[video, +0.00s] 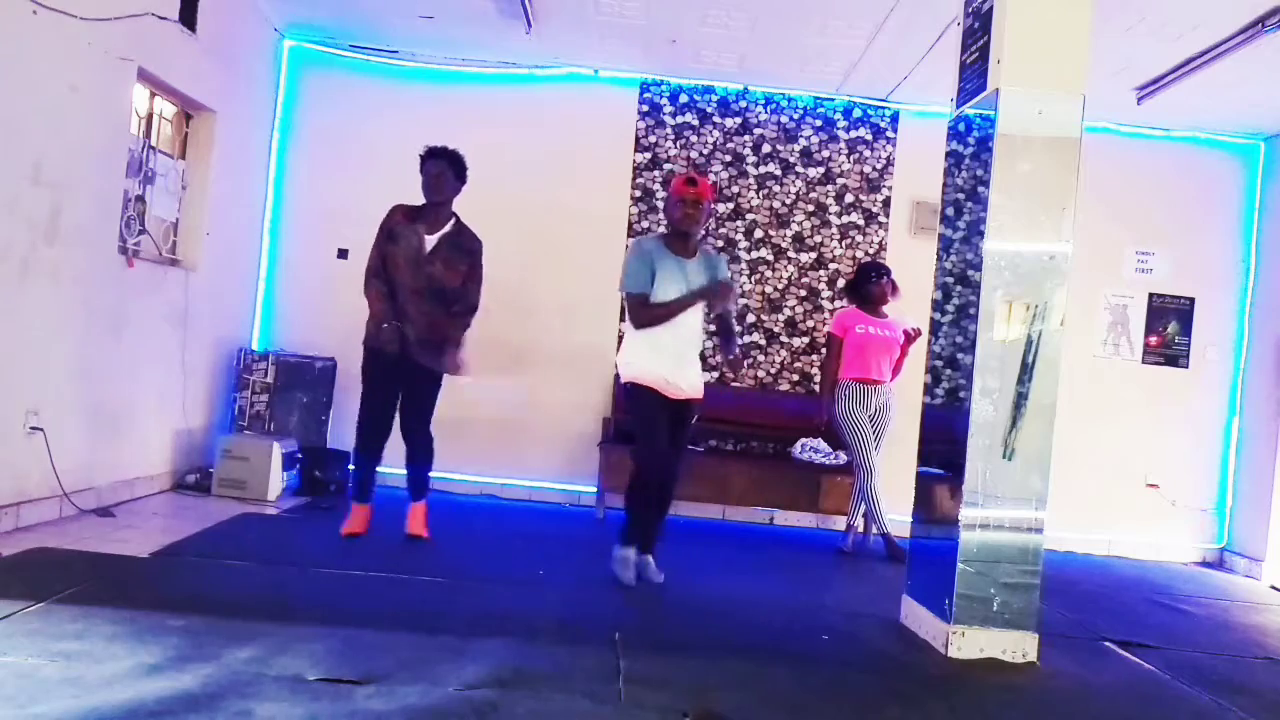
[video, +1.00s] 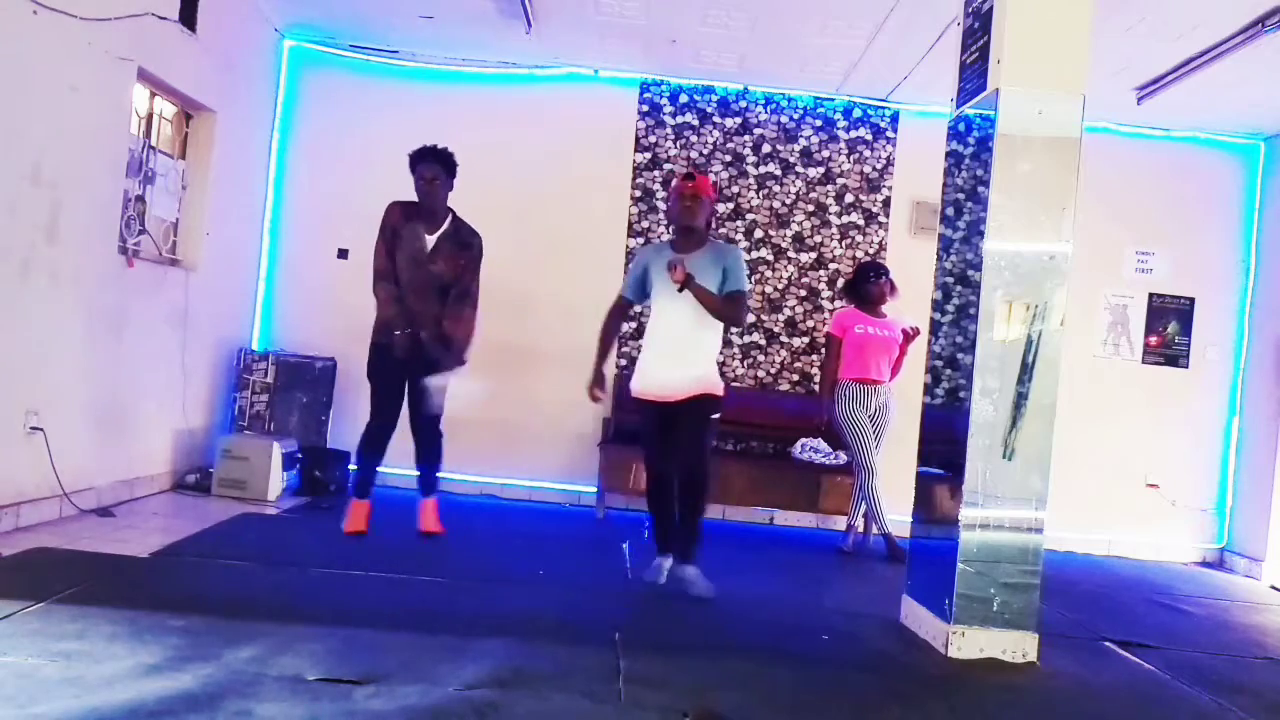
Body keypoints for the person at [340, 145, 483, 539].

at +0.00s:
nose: (431, 182)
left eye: (440, 176)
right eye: (427, 175)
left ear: (459, 183)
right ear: (420, 178)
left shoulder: (468, 243)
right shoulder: (398, 219)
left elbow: (468, 302)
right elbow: (374, 274)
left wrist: (445, 341)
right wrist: (384, 320)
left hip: (428, 353)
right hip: (384, 344)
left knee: (416, 430)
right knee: (371, 425)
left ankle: (418, 507)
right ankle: (361, 506)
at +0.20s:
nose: (421, 181)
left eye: (430, 174)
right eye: (416, 174)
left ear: (448, 181)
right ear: (411, 179)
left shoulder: (464, 237)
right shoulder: (400, 225)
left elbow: (460, 300)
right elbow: (373, 275)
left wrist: (445, 346)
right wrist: (379, 317)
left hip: (427, 353)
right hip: (386, 343)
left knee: (412, 428)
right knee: (359, 415)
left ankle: (410, 505)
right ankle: (380, 492)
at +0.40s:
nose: (416, 181)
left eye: (425, 174)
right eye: (411, 173)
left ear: (442, 180)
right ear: (405, 177)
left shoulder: (466, 227)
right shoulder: (392, 229)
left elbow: (503, 280)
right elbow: (373, 285)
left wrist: (463, 283)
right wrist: (391, 326)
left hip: (439, 355)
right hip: (396, 352)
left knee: (432, 437)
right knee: (392, 435)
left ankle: (435, 515)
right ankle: (399, 510)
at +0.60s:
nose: (418, 184)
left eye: (428, 178)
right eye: (414, 177)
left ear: (445, 184)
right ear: (407, 181)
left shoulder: (463, 231)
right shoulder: (387, 232)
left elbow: (490, 284)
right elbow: (379, 294)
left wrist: (514, 271)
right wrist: (400, 341)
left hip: (450, 349)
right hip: (405, 347)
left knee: (444, 420)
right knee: (409, 421)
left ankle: (420, 496)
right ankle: (410, 501)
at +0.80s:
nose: (430, 178)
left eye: (438, 172)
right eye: (424, 171)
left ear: (453, 178)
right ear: (415, 174)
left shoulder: (468, 230)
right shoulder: (392, 218)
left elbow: (472, 290)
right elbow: (383, 280)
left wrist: (503, 295)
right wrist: (405, 330)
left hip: (445, 344)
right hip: (400, 340)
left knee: (439, 422)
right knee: (392, 417)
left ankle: (451, 501)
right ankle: (386, 496)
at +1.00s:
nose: (424, 187)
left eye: (432, 180)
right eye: (419, 179)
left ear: (450, 183)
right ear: (413, 182)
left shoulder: (467, 239)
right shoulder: (397, 215)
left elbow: (464, 299)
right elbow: (383, 276)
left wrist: (452, 352)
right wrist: (396, 327)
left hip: (434, 349)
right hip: (389, 343)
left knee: (427, 427)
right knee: (382, 422)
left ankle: (429, 502)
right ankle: (360, 499)